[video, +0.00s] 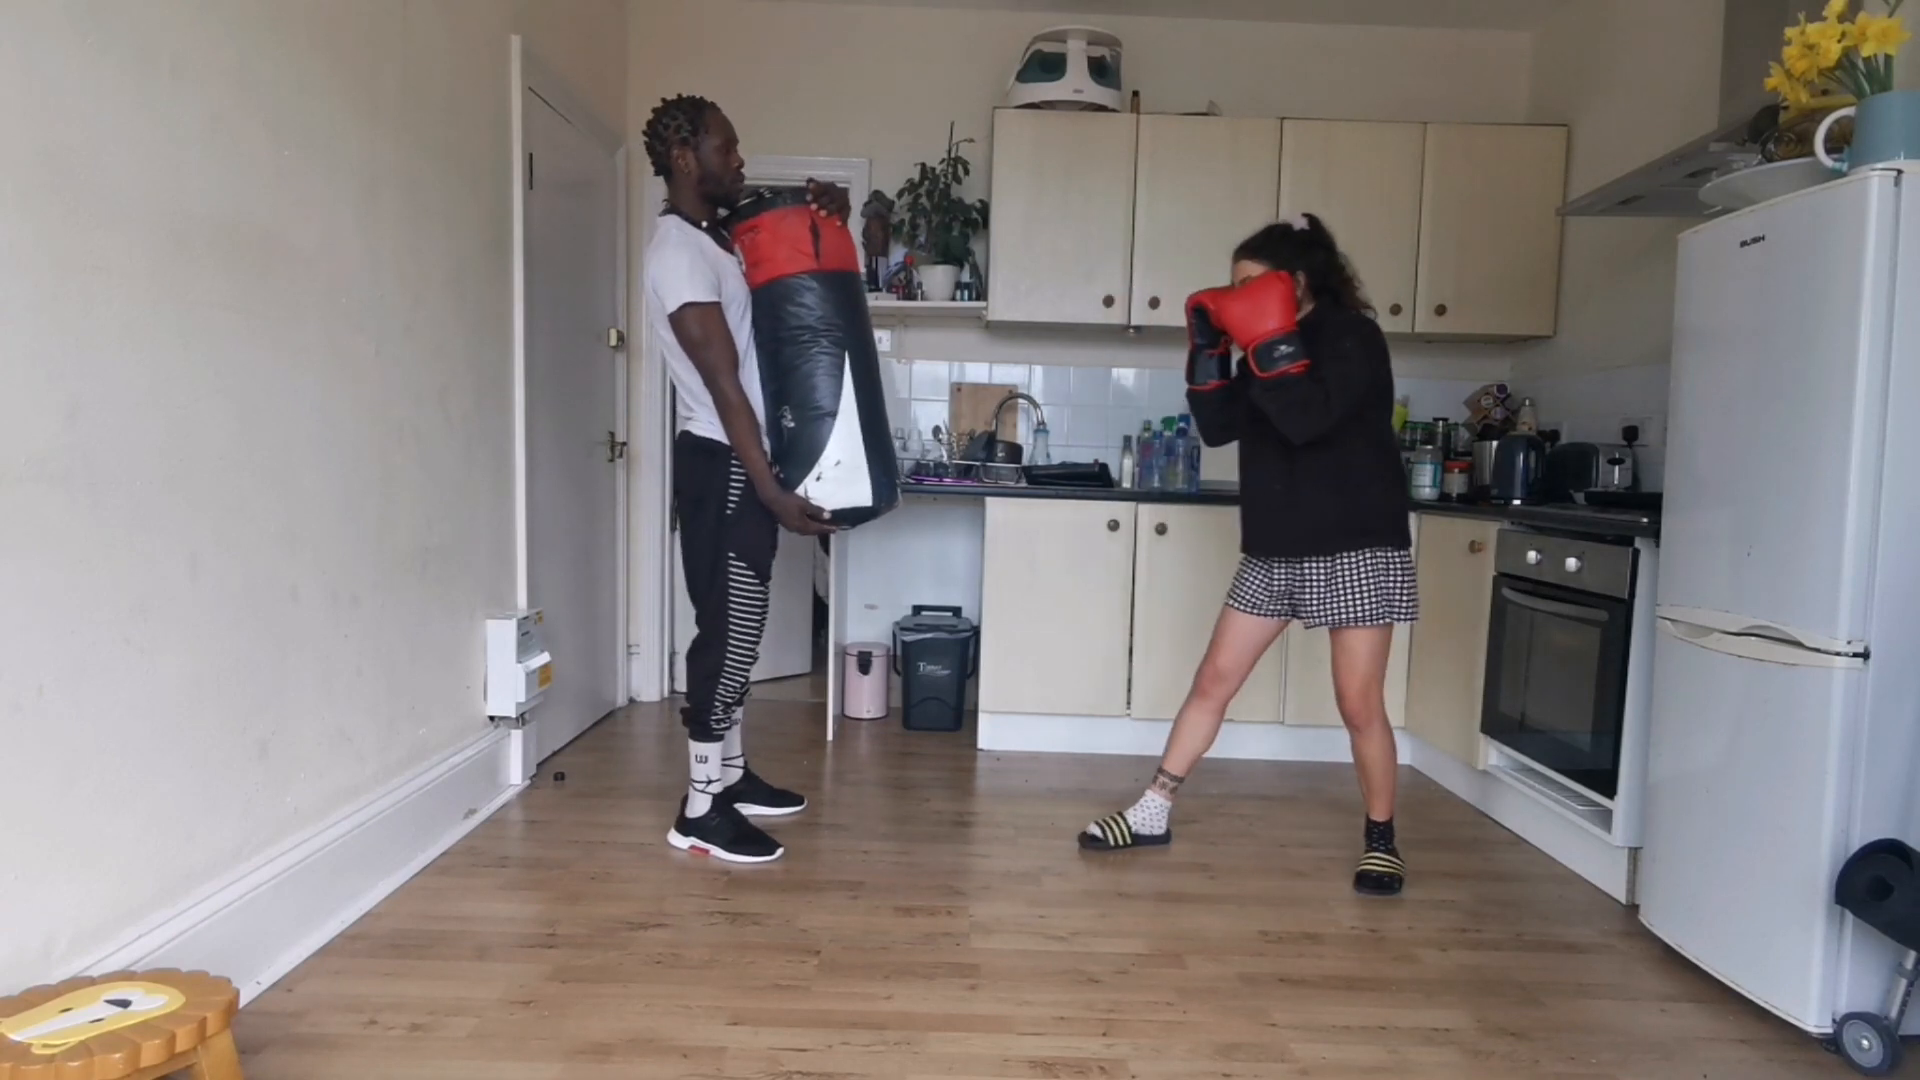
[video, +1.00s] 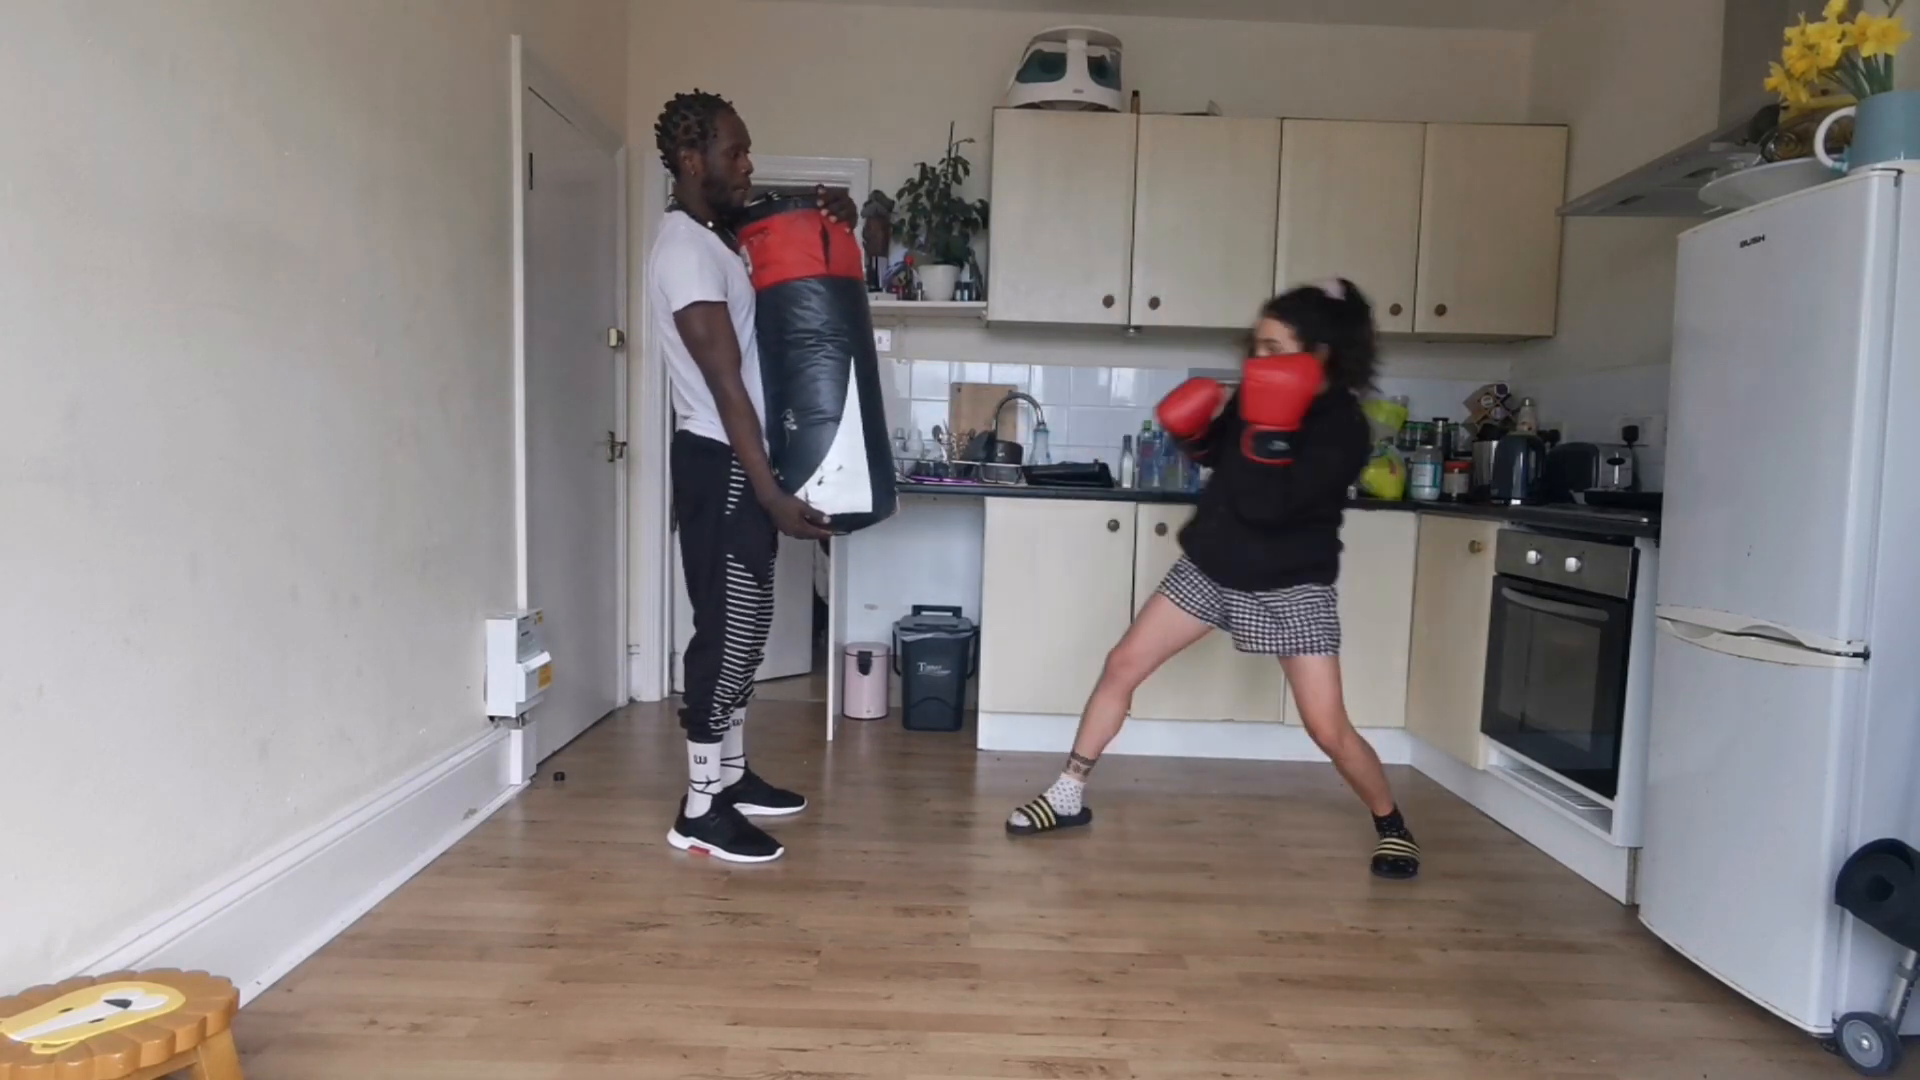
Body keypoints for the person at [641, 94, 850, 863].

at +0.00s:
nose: (741, 162)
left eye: (737, 148)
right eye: (726, 148)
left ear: (692, 159)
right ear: (683, 157)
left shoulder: (713, 239)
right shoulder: (677, 247)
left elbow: (785, 302)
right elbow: (721, 379)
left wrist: (820, 220)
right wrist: (770, 484)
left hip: (746, 451)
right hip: (719, 455)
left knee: (738, 620)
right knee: (732, 623)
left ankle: (726, 774)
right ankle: (703, 804)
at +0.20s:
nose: (742, 163)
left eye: (738, 149)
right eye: (728, 149)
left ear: (691, 159)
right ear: (684, 157)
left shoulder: (712, 241)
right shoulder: (677, 247)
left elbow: (782, 313)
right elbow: (719, 379)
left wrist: (819, 226)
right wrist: (769, 485)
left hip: (744, 452)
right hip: (717, 456)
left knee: (735, 622)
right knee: (730, 625)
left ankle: (726, 775)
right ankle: (702, 805)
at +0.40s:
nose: (741, 164)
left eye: (739, 150)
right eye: (728, 150)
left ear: (693, 161)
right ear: (682, 159)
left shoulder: (715, 242)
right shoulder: (678, 248)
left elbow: (784, 314)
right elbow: (720, 382)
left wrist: (822, 228)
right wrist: (771, 488)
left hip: (743, 451)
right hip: (717, 456)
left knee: (735, 623)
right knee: (728, 627)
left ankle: (727, 775)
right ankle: (702, 805)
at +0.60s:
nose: (745, 167)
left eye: (744, 152)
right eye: (731, 153)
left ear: (699, 163)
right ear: (685, 162)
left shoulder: (721, 245)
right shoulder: (682, 248)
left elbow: (795, 315)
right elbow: (722, 380)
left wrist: (832, 231)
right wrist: (771, 487)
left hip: (747, 454)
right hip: (719, 457)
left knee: (738, 621)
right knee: (730, 625)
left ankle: (727, 775)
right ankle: (702, 804)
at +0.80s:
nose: (752, 167)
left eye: (750, 152)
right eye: (738, 153)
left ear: (703, 163)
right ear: (691, 160)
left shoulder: (723, 243)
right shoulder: (683, 247)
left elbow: (794, 316)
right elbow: (720, 378)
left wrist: (834, 230)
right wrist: (767, 489)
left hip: (746, 451)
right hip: (716, 456)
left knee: (744, 622)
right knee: (728, 625)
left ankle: (730, 774)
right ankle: (701, 804)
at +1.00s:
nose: (749, 166)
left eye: (748, 151)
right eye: (736, 152)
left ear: (701, 161)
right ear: (689, 160)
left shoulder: (720, 242)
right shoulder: (683, 245)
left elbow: (789, 319)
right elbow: (723, 378)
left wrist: (831, 233)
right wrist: (770, 486)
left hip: (744, 453)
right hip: (716, 456)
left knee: (745, 622)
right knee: (728, 625)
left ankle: (730, 775)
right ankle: (702, 804)